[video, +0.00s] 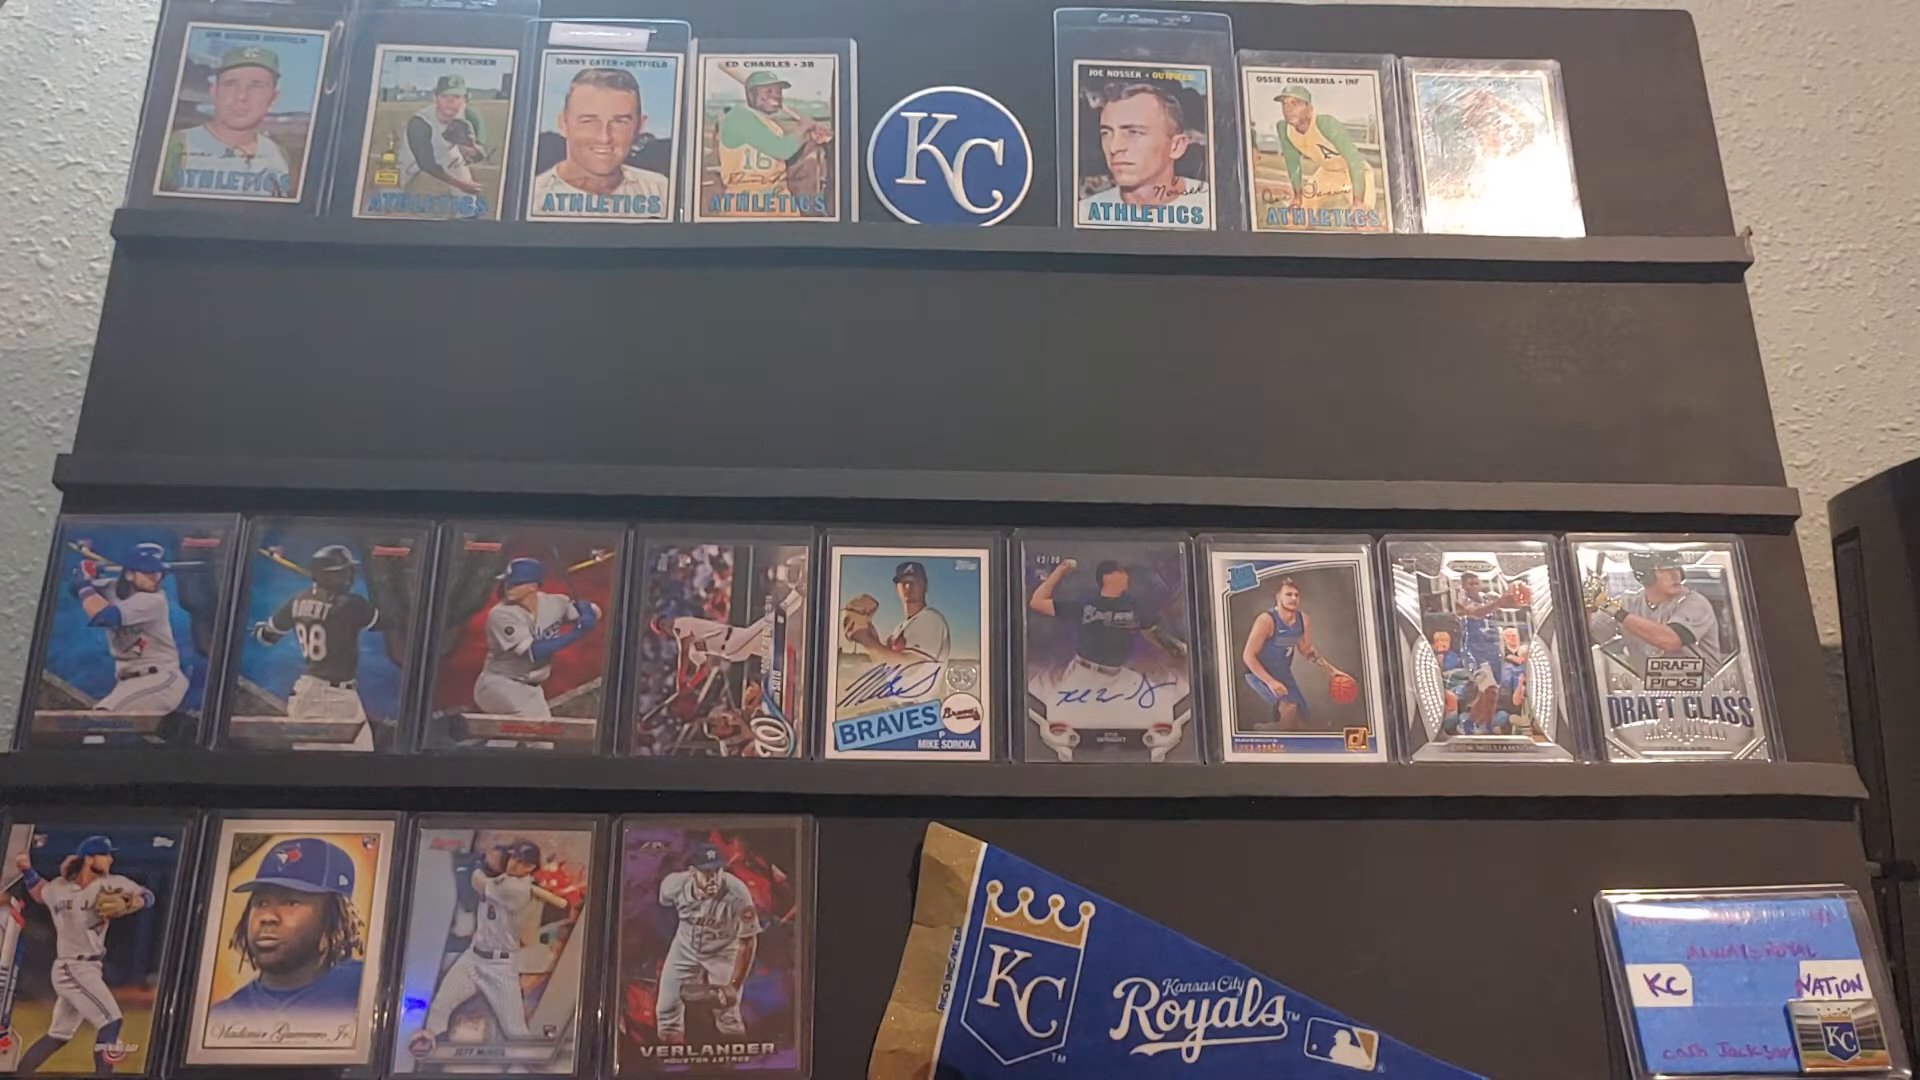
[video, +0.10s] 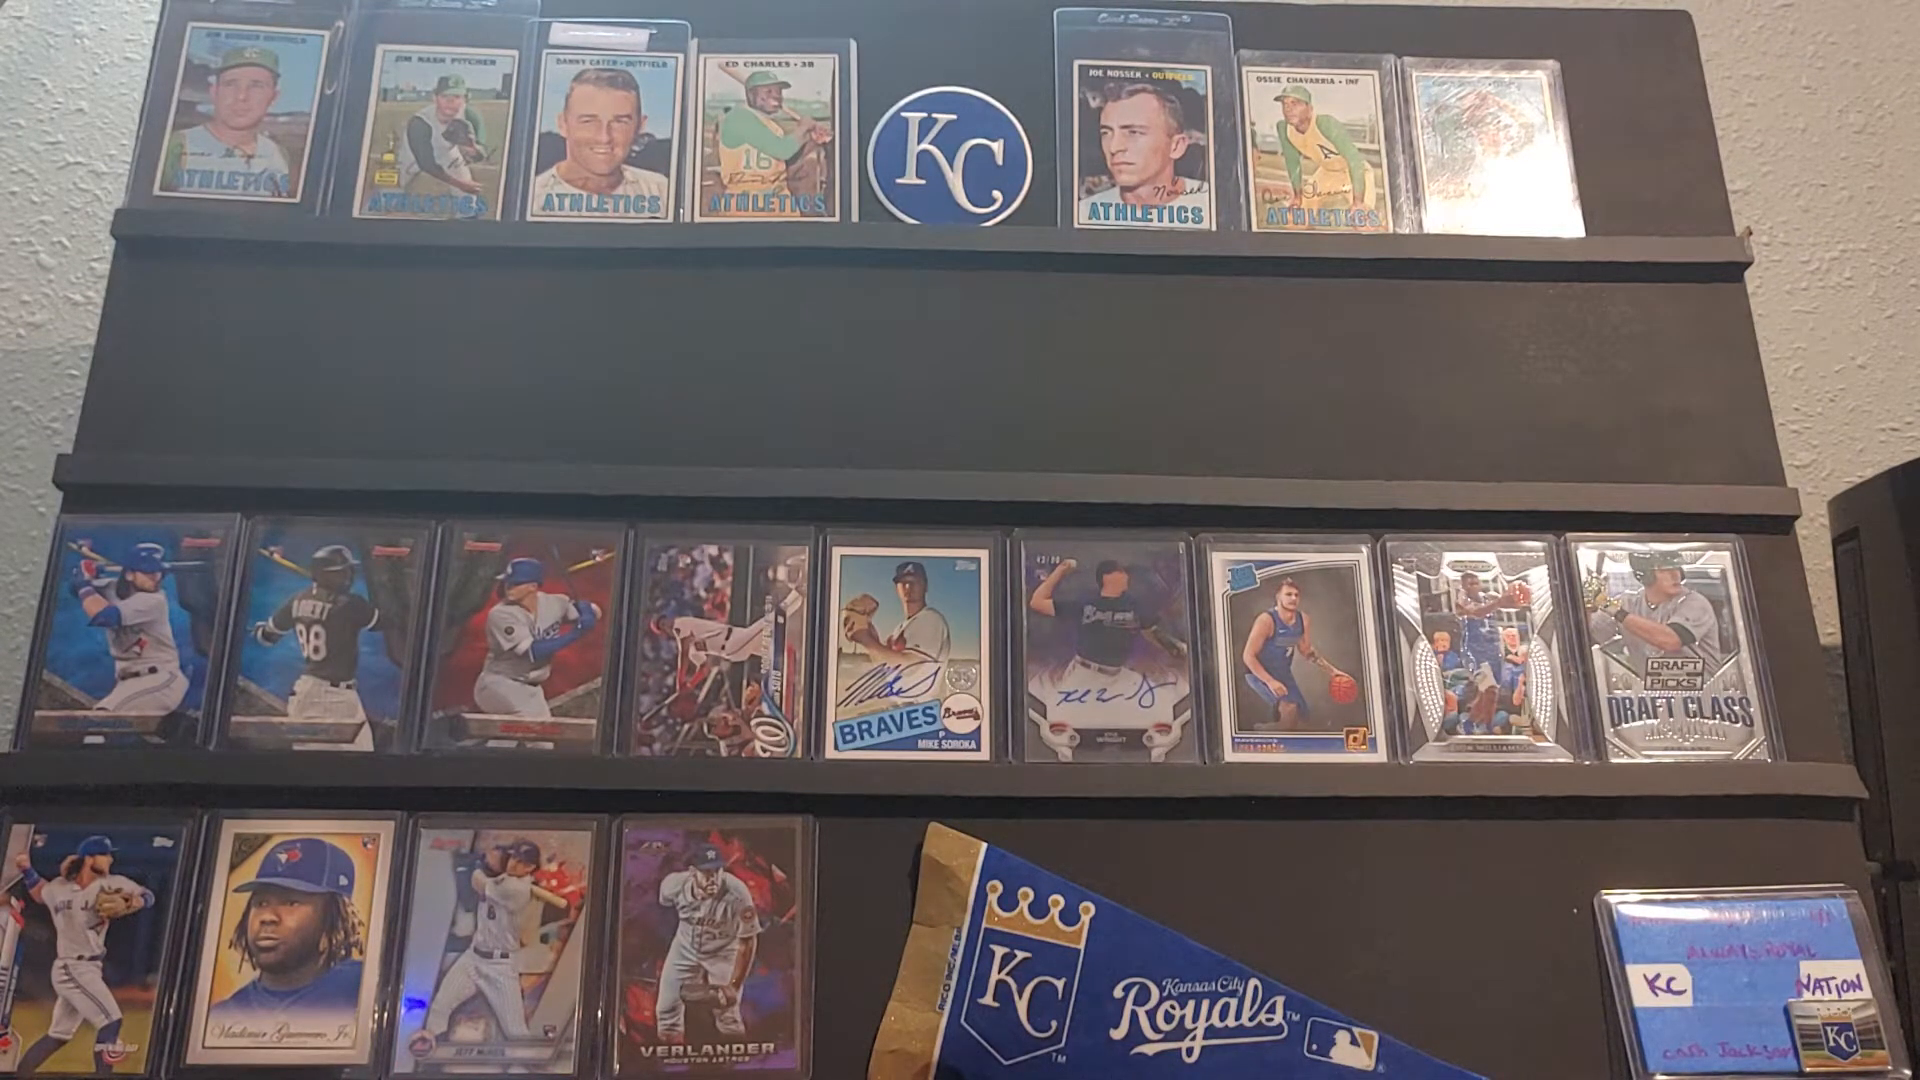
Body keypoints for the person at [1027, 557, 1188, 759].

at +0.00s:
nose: (1127, 578)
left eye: (1126, 575)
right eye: (1122, 574)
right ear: (1106, 579)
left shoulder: (1134, 606)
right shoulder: (1085, 605)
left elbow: (1152, 634)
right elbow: (1037, 603)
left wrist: (1173, 649)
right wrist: (1059, 571)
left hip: (1118, 674)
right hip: (1081, 672)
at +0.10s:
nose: (1126, 577)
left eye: (1125, 574)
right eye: (1122, 573)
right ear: (1106, 579)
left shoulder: (1134, 606)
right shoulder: (1085, 605)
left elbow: (1153, 634)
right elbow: (1037, 603)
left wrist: (1172, 649)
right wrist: (1059, 571)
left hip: (1118, 675)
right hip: (1081, 672)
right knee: (1060, 720)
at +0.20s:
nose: (1126, 577)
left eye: (1125, 574)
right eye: (1122, 573)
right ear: (1106, 579)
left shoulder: (1134, 606)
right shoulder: (1085, 605)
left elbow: (1153, 634)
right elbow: (1037, 603)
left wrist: (1172, 649)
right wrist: (1059, 571)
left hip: (1118, 675)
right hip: (1081, 672)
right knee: (1060, 720)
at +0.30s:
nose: (1126, 577)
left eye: (1125, 574)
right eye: (1122, 573)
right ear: (1106, 579)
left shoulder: (1134, 606)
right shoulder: (1085, 605)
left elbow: (1152, 634)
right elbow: (1037, 603)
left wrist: (1172, 649)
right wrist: (1059, 571)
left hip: (1118, 675)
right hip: (1081, 672)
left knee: (1157, 697)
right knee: (1060, 720)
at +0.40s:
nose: (1126, 577)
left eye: (1125, 574)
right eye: (1122, 573)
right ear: (1106, 579)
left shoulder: (1134, 606)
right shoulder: (1085, 605)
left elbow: (1153, 634)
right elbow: (1037, 603)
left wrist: (1172, 649)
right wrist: (1059, 571)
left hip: (1118, 674)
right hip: (1081, 672)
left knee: (1157, 697)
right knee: (1060, 720)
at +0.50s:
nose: (1126, 577)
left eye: (1125, 574)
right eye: (1122, 573)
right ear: (1106, 579)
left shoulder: (1134, 606)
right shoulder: (1085, 605)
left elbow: (1153, 634)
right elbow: (1037, 603)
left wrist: (1172, 649)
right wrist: (1059, 571)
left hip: (1118, 674)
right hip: (1081, 672)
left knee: (1157, 697)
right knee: (1060, 720)